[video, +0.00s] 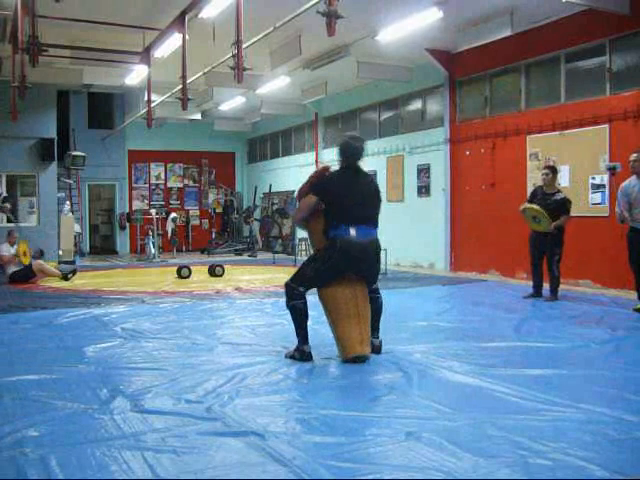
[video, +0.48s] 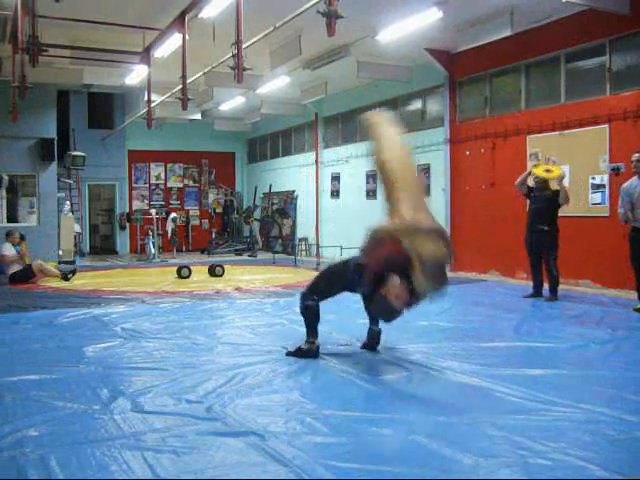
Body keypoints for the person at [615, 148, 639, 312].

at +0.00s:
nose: (633, 165)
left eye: (635, 161)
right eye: (631, 162)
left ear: (639, 164)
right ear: (628, 165)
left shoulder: (627, 188)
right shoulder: (626, 187)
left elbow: (622, 211)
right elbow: (622, 210)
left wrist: (627, 218)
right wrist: (626, 217)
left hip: (634, 228)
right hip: (634, 228)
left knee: (635, 266)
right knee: (635, 266)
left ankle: (638, 300)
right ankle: (638, 300)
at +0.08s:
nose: (633, 165)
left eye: (636, 161)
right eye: (631, 162)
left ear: (639, 165)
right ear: (628, 165)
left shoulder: (627, 188)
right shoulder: (626, 187)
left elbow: (622, 212)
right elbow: (622, 211)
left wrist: (626, 218)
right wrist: (625, 218)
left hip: (634, 228)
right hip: (634, 228)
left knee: (635, 266)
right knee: (635, 266)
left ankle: (638, 300)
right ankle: (638, 300)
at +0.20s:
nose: (633, 165)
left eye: (636, 161)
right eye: (632, 162)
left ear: (639, 165)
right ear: (629, 165)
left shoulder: (627, 187)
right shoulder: (626, 186)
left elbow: (622, 211)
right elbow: (622, 210)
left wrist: (627, 219)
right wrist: (626, 218)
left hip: (634, 229)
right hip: (634, 228)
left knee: (635, 267)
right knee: (635, 267)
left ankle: (638, 300)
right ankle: (638, 300)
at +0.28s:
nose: (633, 165)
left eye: (636, 161)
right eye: (632, 161)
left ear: (639, 165)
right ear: (629, 165)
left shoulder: (627, 187)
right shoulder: (626, 187)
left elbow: (622, 211)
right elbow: (622, 210)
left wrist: (628, 219)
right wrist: (627, 219)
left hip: (635, 228)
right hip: (634, 228)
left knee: (636, 267)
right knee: (635, 267)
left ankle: (638, 300)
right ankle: (638, 300)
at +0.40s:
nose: (634, 165)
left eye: (636, 161)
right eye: (633, 162)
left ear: (639, 165)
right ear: (630, 165)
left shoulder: (628, 187)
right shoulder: (627, 186)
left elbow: (622, 212)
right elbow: (622, 211)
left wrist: (628, 218)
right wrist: (627, 218)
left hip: (635, 228)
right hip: (635, 228)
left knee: (636, 268)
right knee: (636, 268)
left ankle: (639, 300)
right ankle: (638, 300)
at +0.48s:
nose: (634, 165)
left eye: (637, 161)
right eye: (633, 162)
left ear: (639, 164)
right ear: (631, 165)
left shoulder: (628, 187)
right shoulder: (628, 187)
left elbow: (623, 212)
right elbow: (623, 212)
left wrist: (629, 219)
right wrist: (628, 218)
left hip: (635, 228)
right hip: (635, 228)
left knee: (636, 267)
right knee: (636, 267)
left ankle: (639, 300)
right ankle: (638, 300)